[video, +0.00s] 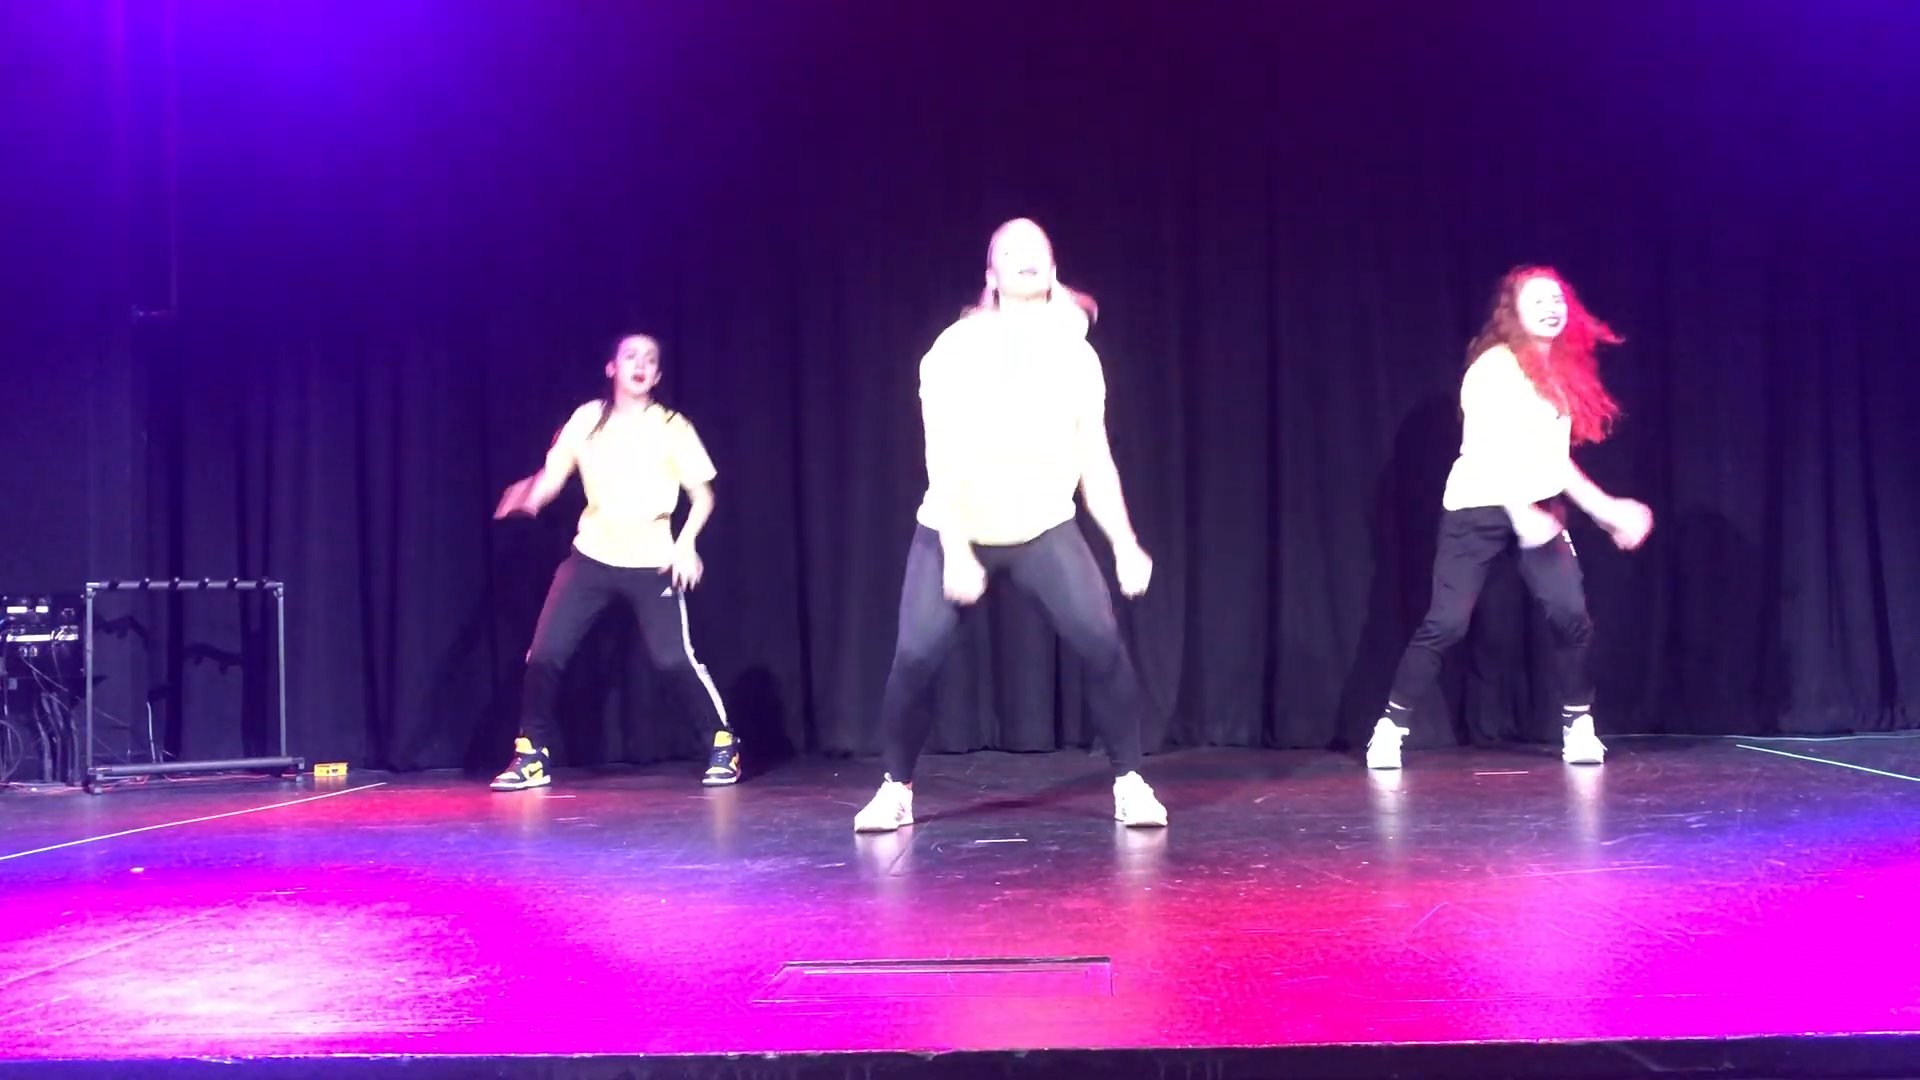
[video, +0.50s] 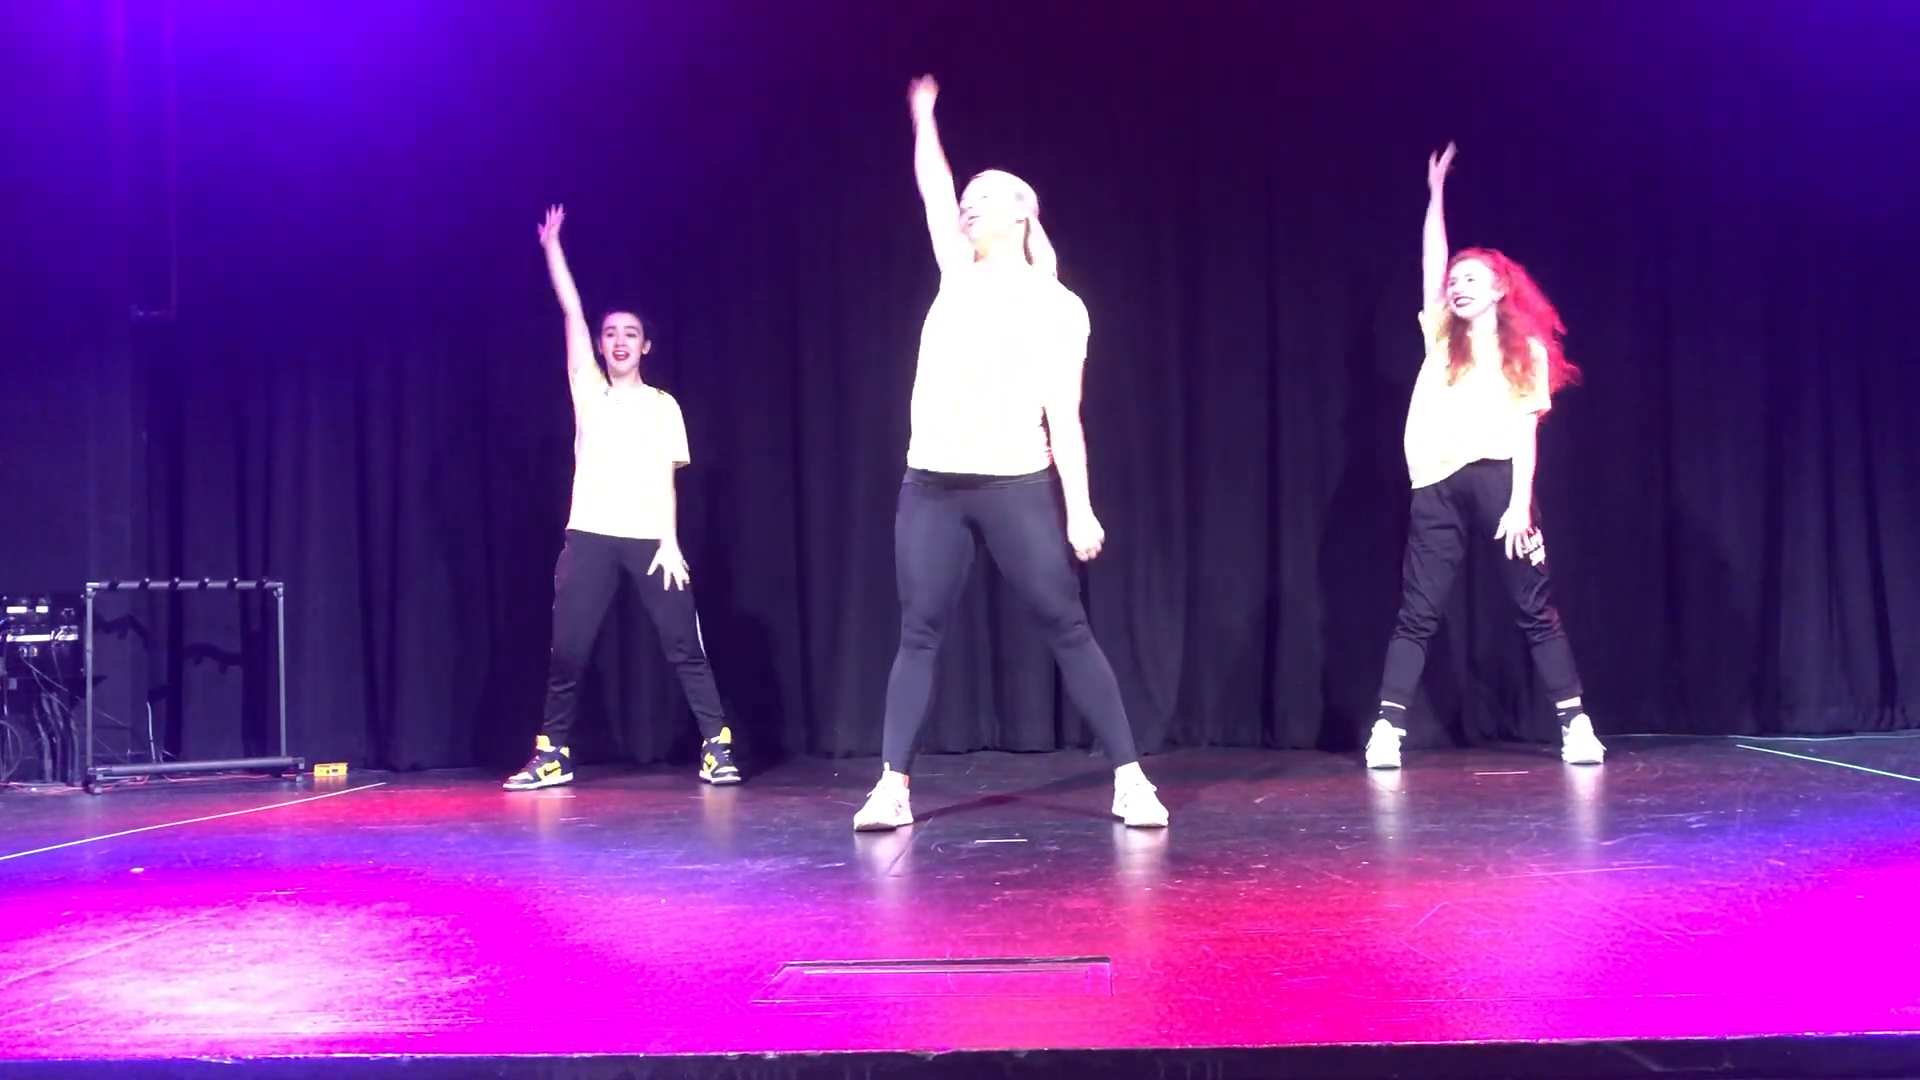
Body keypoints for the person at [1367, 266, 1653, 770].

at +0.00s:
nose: (1550, 310)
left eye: (1557, 301)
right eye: (1537, 302)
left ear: (1567, 310)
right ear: (1511, 312)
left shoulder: (1560, 372)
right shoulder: (1490, 369)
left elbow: (1556, 459)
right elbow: (1492, 453)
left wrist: (1608, 511)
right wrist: (1522, 510)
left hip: (1537, 508)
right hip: (1476, 508)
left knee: (1571, 615)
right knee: (1447, 622)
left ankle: (1578, 725)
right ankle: (1392, 728)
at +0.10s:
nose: (1528, 320)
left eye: (1537, 311)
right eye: (1517, 311)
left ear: (1551, 320)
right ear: (1497, 320)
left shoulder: (1551, 381)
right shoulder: (1472, 372)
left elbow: (1554, 463)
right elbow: (1438, 424)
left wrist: (1570, 529)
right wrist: (1481, 471)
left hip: (1535, 521)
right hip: (1467, 523)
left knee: (1571, 620)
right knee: (1440, 627)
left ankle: (1579, 727)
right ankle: (1391, 731)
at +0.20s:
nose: (1503, 312)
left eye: (1514, 304)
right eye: (1495, 303)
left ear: (1533, 312)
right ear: (1481, 308)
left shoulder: (1545, 368)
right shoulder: (1451, 357)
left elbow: (1557, 447)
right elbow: (1412, 335)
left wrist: (1558, 517)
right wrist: (1466, 321)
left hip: (1526, 505)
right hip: (1457, 509)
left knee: (1559, 615)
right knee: (1431, 619)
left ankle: (1576, 726)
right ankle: (1390, 730)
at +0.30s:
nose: (1483, 286)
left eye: (1497, 278)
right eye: (1477, 279)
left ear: (1521, 292)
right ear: (1466, 292)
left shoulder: (1537, 357)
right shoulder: (1449, 338)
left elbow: (1549, 438)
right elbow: (1423, 270)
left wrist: (1549, 507)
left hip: (1516, 494)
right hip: (1448, 495)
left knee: (1547, 612)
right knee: (1421, 613)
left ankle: (1575, 724)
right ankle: (1388, 729)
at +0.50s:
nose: (1461, 289)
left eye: (1473, 280)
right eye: (1454, 282)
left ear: (1501, 289)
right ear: (1447, 295)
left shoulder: (1525, 351)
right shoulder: (1441, 339)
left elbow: (1526, 434)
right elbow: (1433, 263)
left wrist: (1520, 506)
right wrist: (1435, 193)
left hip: (1499, 483)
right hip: (1434, 488)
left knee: (1534, 606)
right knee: (1418, 611)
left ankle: (1573, 722)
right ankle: (1387, 729)